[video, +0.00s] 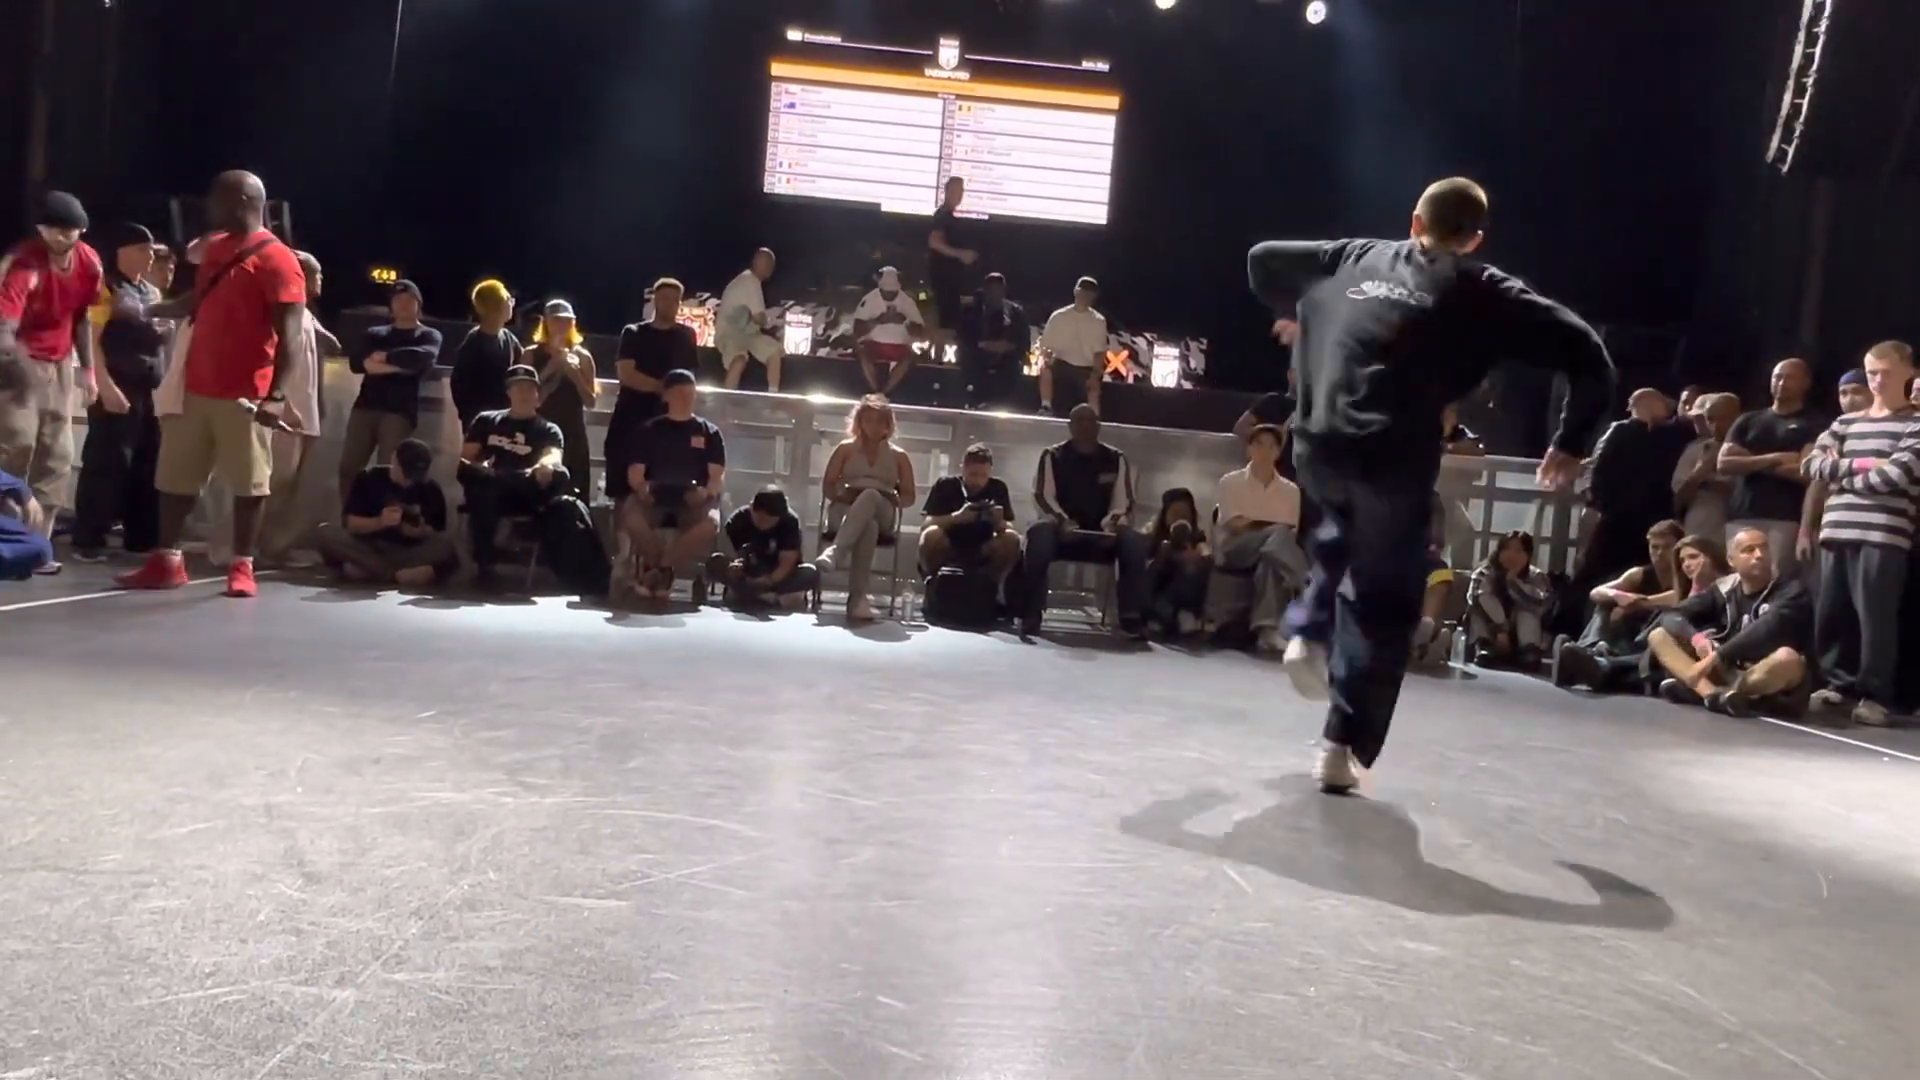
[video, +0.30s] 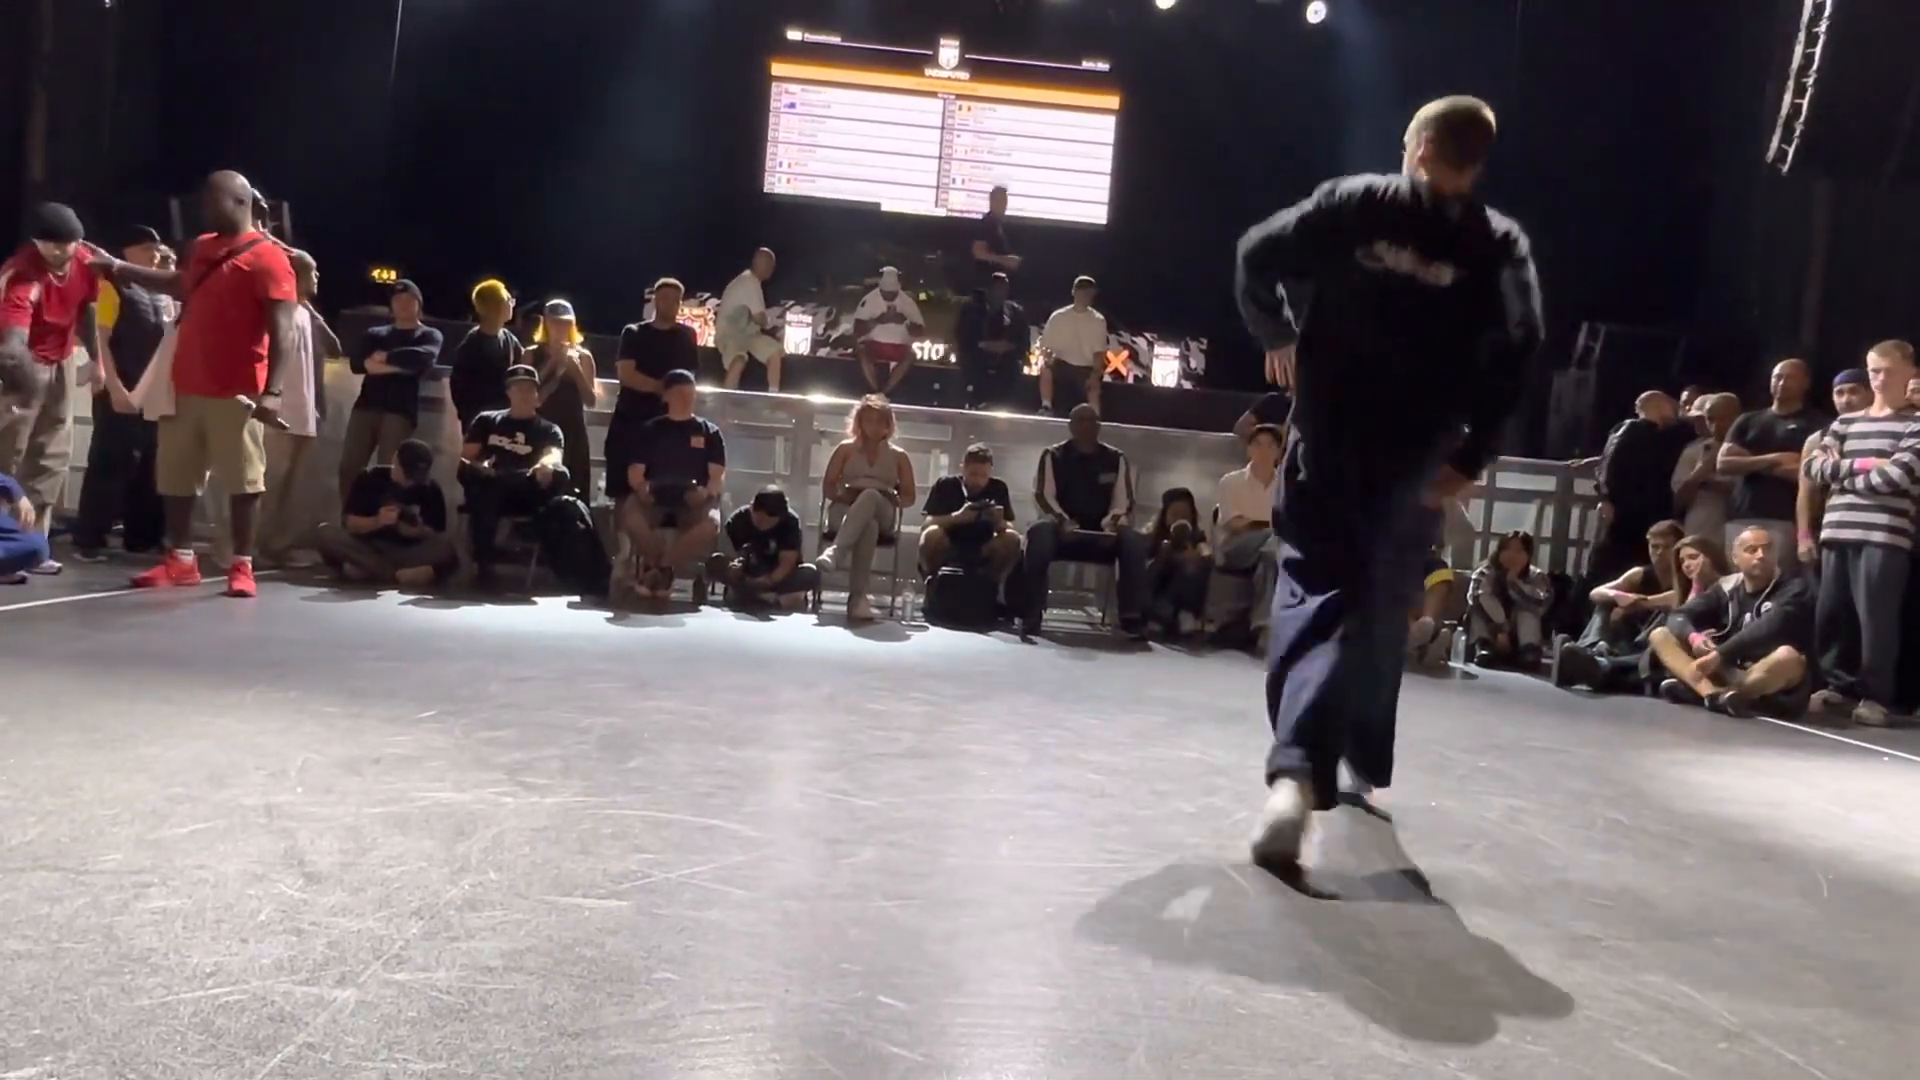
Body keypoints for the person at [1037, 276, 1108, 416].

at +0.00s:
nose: (1085, 294)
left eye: (1089, 291)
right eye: (1082, 290)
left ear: (1094, 296)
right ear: (1075, 292)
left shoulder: (1098, 321)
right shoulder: (1059, 316)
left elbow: (1099, 352)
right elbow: (1045, 344)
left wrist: (1095, 375)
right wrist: (1047, 358)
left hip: (1086, 365)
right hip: (1061, 362)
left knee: (1094, 382)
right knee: (1045, 371)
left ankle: (1093, 417)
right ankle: (1045, 406)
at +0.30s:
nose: (1085, 294)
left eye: (1088, 291)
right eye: (1081, 290)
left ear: (1093, 294)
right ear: (1074, 292)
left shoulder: (1098, 320)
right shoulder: (1058, 316)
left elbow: (1099, 352)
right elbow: (1044, 344)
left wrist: (1095, 375)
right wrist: (1047, 357)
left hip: (1086, 365)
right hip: (1062, 362)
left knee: (1094, 382)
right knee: (1045, 370)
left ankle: (1094, 418)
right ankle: (1046, 406)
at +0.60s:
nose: (1084, 296)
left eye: (1087, 293)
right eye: (1081, 292)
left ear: (1092, 295)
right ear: (1073, 294)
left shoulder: (1097, 320)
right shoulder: (1057, 317)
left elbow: (1098, 352)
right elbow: (1044, 346)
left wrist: (1095, 375)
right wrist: (1047, 358)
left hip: (1086, 366)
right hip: (1061, 364)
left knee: (1094, 381)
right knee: (1044, 371)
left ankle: (1093, 418)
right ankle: (1045, 407)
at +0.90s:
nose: (1084, 296)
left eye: (1088, 293)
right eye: (1081, 292)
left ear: (1092, 296)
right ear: (1073, 294)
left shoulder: (1097, 322)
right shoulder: (1058, 317)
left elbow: (1099, 353)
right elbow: (1044, 344)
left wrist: (1095, 376)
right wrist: (1046, 356)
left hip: (1085, 366)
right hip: (1061, 363)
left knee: (1094, 382)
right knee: (1044, 371)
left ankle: (1094, 418)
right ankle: (1045, 407)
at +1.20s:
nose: (1085, 299)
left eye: (1089, 296)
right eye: (1081, 295)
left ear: (1093, 298)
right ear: (1074, 296)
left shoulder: (1098, 322)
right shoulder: (1058, 318)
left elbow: (1100, 354)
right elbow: (1044, 345)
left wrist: (1095, 377)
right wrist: (1047, 356)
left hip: (1086, 367)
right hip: (1062, 365)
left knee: (1095, 384)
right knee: (1046, 371)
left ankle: (1095, 418)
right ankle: (1046, 409)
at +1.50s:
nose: (1087, 299)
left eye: (1090, 296)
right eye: (1083, 295)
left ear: (1093, 298)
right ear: (1075, 296)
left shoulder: (1099, 322)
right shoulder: (1059, 318)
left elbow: (1101, 354)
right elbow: (1046, 345)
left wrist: (1096, 375)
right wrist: (1048, 358)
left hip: (1088, 366)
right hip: (1063, 364)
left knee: (1096, 382)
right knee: (1047, 371)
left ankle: (1095, 416)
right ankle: (1046, 408)